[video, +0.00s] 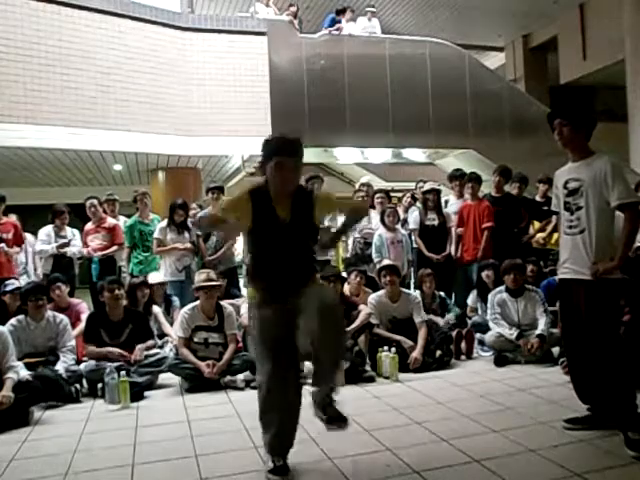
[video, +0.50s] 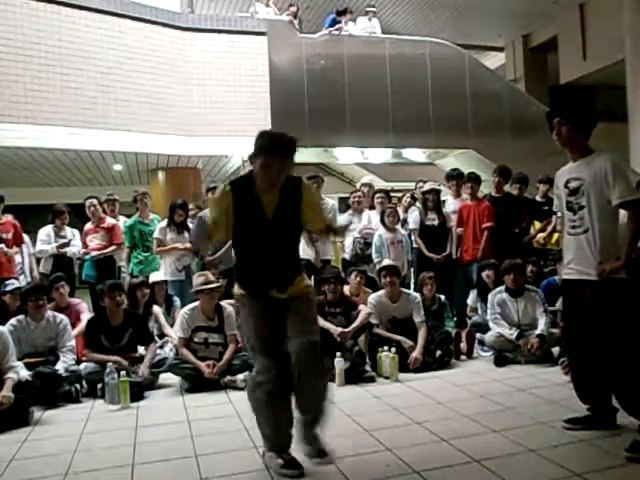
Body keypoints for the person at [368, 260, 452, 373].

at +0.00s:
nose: (389, 279)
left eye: (392, 275)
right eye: (385, 276)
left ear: (399, 277)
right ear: (380, 281)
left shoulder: (413, 299)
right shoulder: (374, 300)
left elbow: (422, 326)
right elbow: (375, 329)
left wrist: (418, 351)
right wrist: (401, 339)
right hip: (387, 337)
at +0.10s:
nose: (389, 279)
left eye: (392, 275)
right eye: (385, 276)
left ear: (399, 277)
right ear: (380, 281)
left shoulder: (413, 298)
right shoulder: (374, 300)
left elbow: (422, 327)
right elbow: (375, 328)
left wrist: (418, 351)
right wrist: (401, 339)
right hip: (387, 337)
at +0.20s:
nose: (389, 280)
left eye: (392, 275)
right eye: (384, 276)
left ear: (399, 277)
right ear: (380, 281)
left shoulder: (413, 298)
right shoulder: (374, 300)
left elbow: (422, 327)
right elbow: (374, 328)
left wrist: (418, 351)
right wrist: (401, 339)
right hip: (387, 338)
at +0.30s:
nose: (389, 280)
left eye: (392, 276)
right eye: (385, 276)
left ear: (399, 278)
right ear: (380, 281)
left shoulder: (414, 298)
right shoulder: (374, 299)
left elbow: (422, 326)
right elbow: (374, 328)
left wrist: (418, 351)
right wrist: (401, 339)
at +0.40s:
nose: (389, 279)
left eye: (392, 275)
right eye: (385, 276)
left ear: (399, 278)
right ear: (380, 280)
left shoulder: (413, 298)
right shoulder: (374, 299)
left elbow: (422, 326)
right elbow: (374, 328)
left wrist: (418, 351)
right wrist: (401, 339)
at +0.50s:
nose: (389, 280)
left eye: (392, 276)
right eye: (385, 277)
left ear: (399, 278)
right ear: (380, 280)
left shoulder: (413, 298)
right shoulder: (374, 299)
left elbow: (422, 326)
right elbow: (374, 328)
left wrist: (418, 351)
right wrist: (401, 339)